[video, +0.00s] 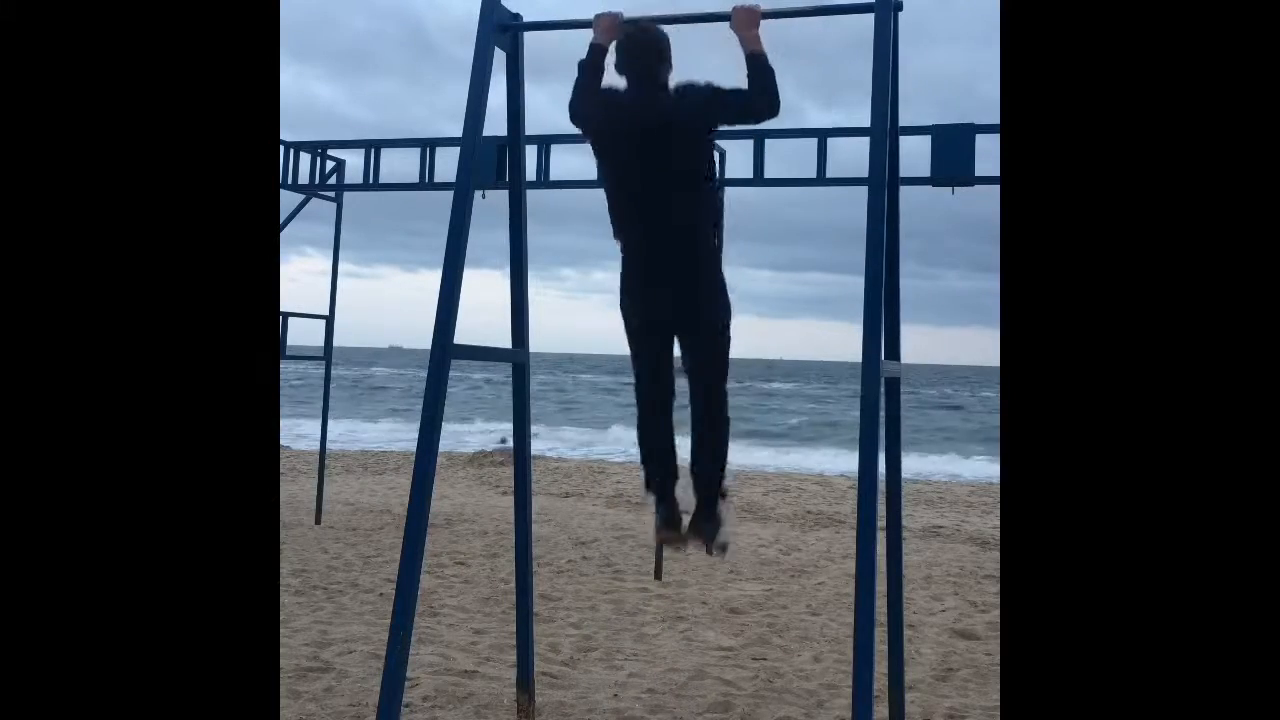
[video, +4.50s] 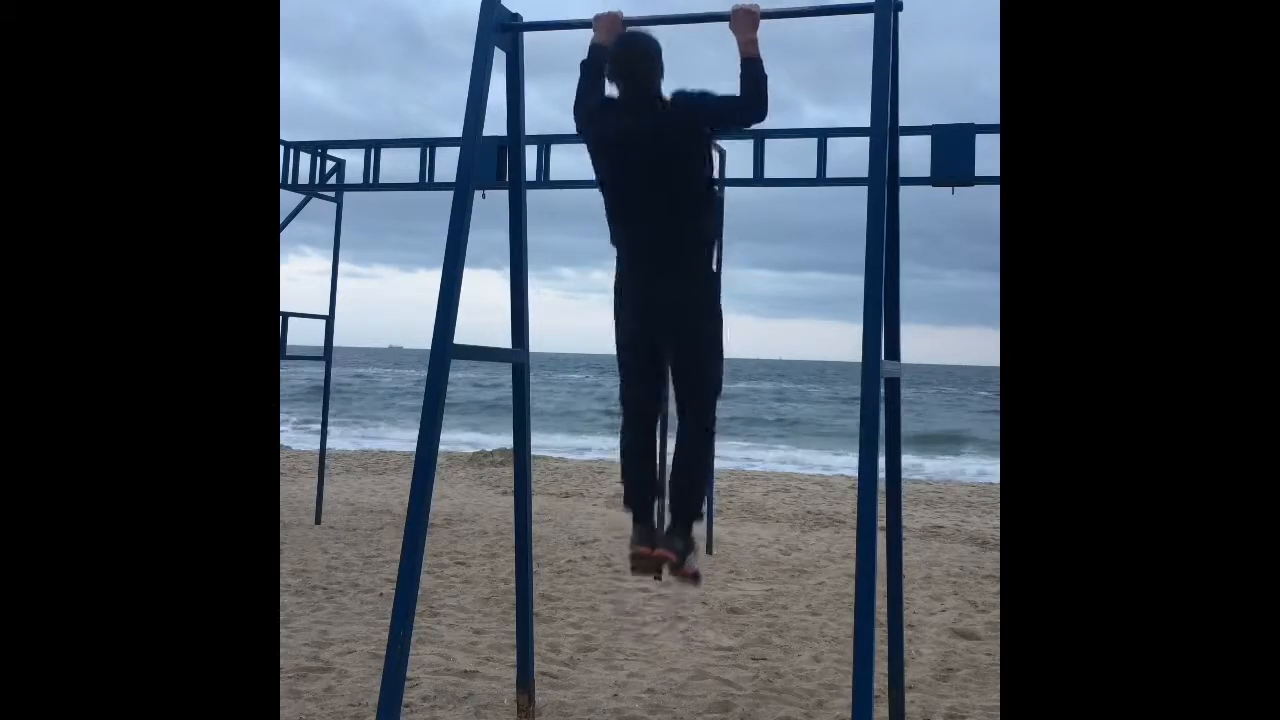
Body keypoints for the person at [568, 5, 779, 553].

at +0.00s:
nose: (659, 65)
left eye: (638, 58)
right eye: (662, 57)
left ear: (620, 66)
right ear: (667, 62)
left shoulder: (603, 112)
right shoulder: (697, 103)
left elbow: (579, 102)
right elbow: (764, 102)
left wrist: (598, 43)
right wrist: (752, 40)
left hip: (640, 274)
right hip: (699, 272)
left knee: (652, 390)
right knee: (709, 391)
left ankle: (664, 507)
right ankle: (706, 511)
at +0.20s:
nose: (677, 117)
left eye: (665, 111)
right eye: (677, 110)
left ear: (627, 121)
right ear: (677, 116)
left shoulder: (614, 157)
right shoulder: (704, 151)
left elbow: (590, 110)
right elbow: (759, 109)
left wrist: (600, 45)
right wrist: (750, 42)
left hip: (645, 325)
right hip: (700, 325)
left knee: (645, 458)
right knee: (698, 462)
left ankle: (647, 592)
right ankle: (680, 597)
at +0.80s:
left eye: (620, 34)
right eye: (652, 30)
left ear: (611, 43)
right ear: (658, 39)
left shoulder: (597, 94)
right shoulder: (689, 81)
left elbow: (576, 103)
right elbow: (759, 104)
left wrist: (595, 45)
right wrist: (750, 41)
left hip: (635, 259)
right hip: (694, 257)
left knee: (640, 379)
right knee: (701, 383)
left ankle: (648, 501)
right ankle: (684, 505)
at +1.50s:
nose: (682, 122)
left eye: (672, 116)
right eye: (680, 115)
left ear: (630, 127)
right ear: (680, 122)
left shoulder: (618, 164)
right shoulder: (707, 159)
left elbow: (590, 111)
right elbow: (761, 111)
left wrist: (600, 44)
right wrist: (750, 41)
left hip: (645, 330)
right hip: (701, 330)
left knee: (638, 462)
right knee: (694, 471)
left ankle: (630, 590)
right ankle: (665, 597)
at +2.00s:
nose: (646, 71)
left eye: (622, 61)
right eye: (653, 60)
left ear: (614, 69)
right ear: (660, 66)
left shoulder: (600, 118)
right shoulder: (692, 108)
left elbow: (587, 94)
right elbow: (756, 106)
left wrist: (597, 43)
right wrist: (749, 40)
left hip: (638, 284)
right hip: (697, 282)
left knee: (643, 401)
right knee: (701, 406)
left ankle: (648, 521)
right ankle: (682, 527)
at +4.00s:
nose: (683, 122)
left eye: (674, 117)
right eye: (680, 116)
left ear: (631, 130)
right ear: (678, 124)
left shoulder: (620, 167)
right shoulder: (707, 161)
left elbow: (592, 114)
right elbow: (760, 111)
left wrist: (600, 46)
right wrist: (751, 43)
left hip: (646, 330)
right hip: (701, 332)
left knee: (639, 460)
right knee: (695, 469)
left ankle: (631, 592)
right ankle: (666, 600)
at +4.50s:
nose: (640, 75)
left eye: (622, 67)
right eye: (651, 66)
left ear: (613, 75)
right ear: (659, 73)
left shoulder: (600, 125)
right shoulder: (692, 114)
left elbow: (589, 91)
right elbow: (754, 106)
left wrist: (599, 43)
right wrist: (749, 43)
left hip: (634, 288)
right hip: (692, 287)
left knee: (639, 410)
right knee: (696, 413)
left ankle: (642, 531)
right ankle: (678, 538)